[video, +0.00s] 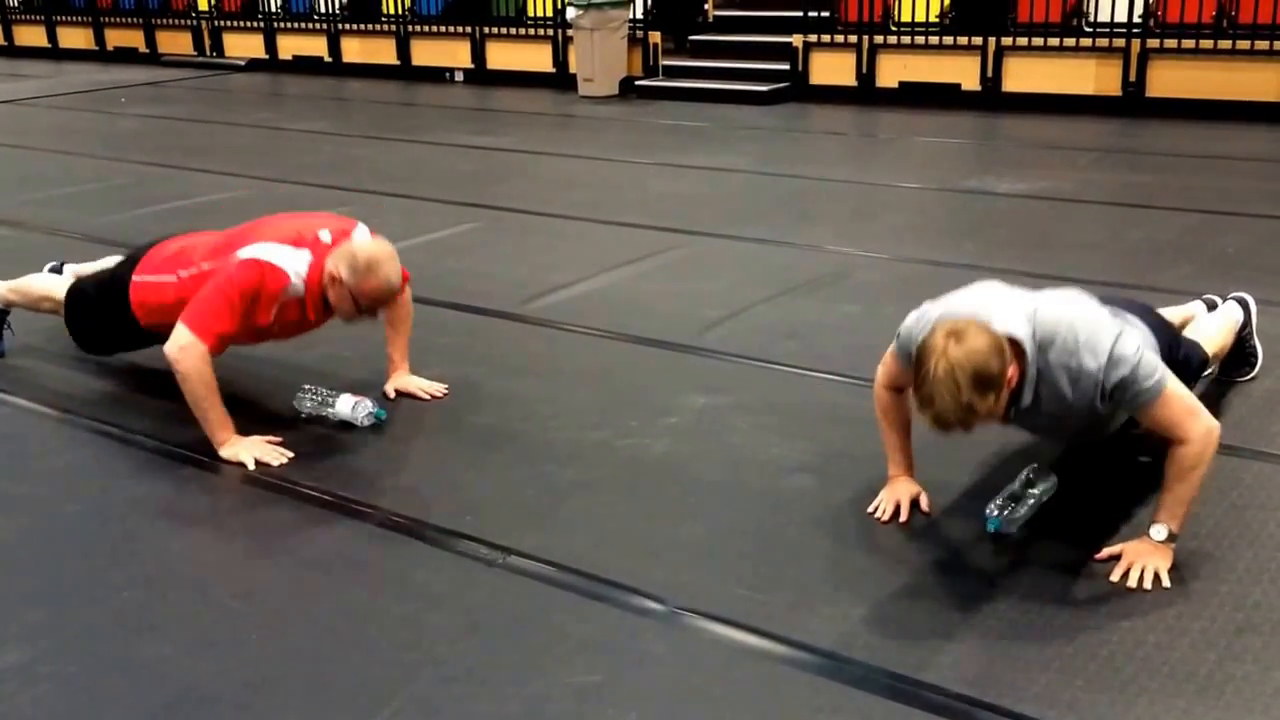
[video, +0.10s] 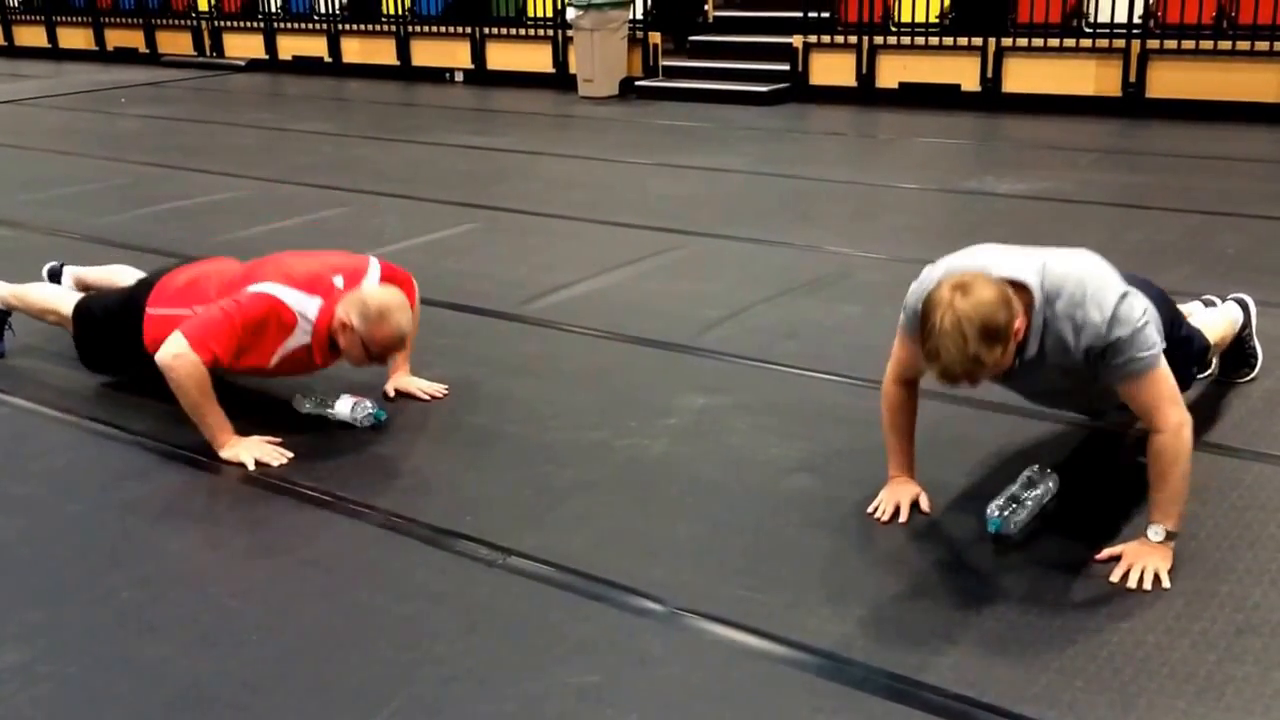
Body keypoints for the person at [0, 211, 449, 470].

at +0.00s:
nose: (363, 315)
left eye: (375, 306)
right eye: (358, 305)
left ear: (390, 282)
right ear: (333, 279)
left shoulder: (368, 250)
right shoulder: (258, 274)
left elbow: (400, 294)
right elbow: (185, 352)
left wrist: (401, 369)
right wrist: (228, 440)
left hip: (193, 259)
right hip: (142, 290)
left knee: (121, 272)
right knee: (69, 298)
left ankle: (73, 272)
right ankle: (5, 292)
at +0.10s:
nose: (363, 362)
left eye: (374, 357)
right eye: (360, 352)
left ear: (401, 315)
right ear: (342, 321)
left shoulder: (384, 284)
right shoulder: (269, 310)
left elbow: (407, 289)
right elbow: (176, 357)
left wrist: (400, 366)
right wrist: (227, 441)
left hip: (209, 280)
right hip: (152, 314)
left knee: (141, 283)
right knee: (75, 313)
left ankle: (69, 274)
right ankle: (7, 293)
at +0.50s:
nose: (364, 319)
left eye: (374, 310)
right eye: (359, 308)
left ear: (390, 286)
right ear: (332, 283)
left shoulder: (377, 265)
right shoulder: (256, 285)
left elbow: (406, 302)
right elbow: (180, 357)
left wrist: (399, 373)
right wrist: (227, 443)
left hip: (203, 262)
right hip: (149, 291)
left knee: (123, 275)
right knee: (70, 300)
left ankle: (71, 274)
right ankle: (3, 295)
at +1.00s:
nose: (361, 369)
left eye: (371, 364)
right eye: (357, 362)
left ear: (395, 321)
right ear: (336, 331)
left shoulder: (380, 290)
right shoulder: (265, 317)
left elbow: (407, 297)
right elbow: (171, 365)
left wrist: (397, 373)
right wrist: (224, 448)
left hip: (204, 285)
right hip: (148, 320)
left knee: (139, 290)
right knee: (71, 319)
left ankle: (69, 279)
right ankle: (7, 299)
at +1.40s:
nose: (363, 334)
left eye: (373, 326)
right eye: (356, 325)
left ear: (388, 302)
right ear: (328, 297)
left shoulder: (376, 278)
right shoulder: (255, 296)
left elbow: (405, 309)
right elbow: (176, 366)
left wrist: (397, 380)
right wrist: (222, 451)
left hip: (200, 270)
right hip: (144, 303)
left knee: (125, 282)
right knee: (66, 311)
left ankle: (67, 280)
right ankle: (5, 303)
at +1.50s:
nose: (352, 298)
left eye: (363, 289)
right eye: (346, 286)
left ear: (379, 256)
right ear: (321, 258)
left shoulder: (360, 246)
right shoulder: (249, 260)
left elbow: (391, 306)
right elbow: (194, 354)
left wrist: (396, 381)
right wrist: (224, 452)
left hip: (205, 269)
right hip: (146, 280)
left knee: (113, 304)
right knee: (68, 305)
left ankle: (69, 293)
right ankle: (13, 298)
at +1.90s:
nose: (349, 358)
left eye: (365, 356)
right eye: (346, 348)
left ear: (390, 327)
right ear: (331, 317)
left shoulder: (374, 291)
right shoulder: (261, 308)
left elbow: (399, 313)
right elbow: (172, 370)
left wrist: (395, 385)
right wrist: (222, 455)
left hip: (200, 286)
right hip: (147, 318)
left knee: (134, 292)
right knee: (73, 327)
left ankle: (64, 285)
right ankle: (5, 307)